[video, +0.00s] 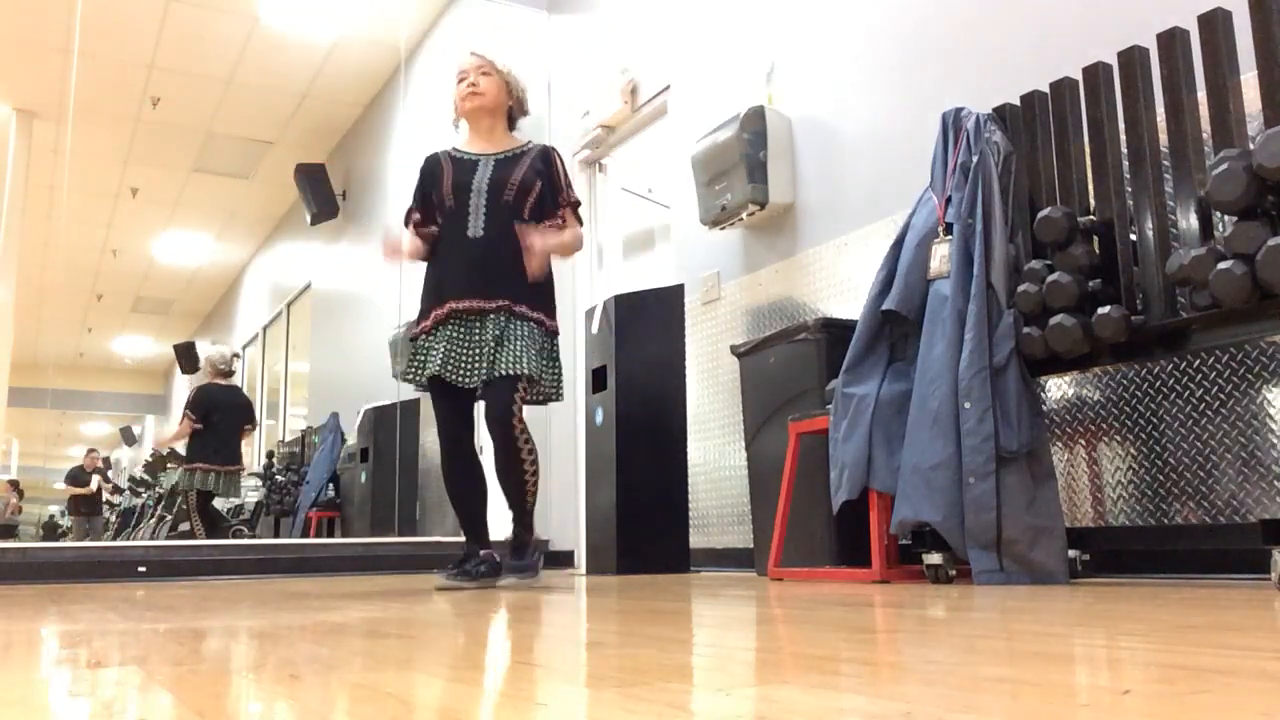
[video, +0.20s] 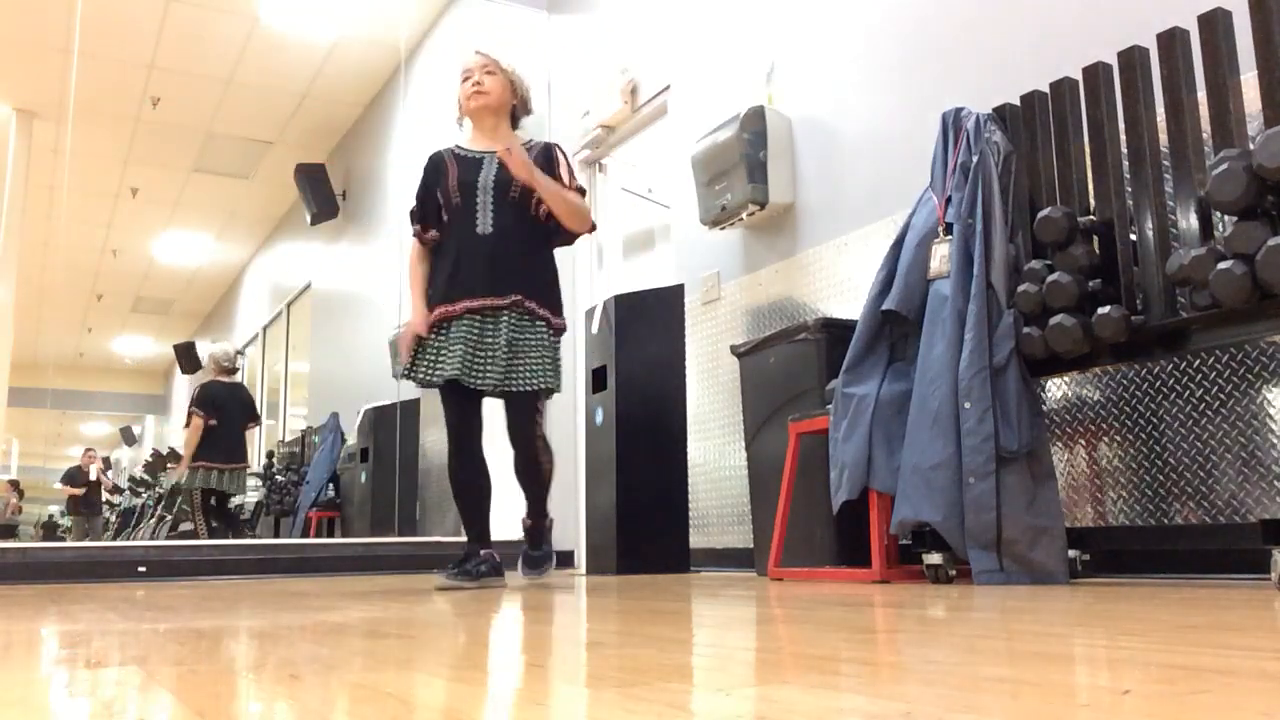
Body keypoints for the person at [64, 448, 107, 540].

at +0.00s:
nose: (95, 461)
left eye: (97, 459)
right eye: (92, 458)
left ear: (99, 460)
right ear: (85, 458)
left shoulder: (100, 472)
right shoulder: (74, 471)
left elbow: (110, 488)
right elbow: (66, 489)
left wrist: (101, 483)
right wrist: (84, 490)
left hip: (95, 512)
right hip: (78, 512)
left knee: (97, 539)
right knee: (78, 540)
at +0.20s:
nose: (92, 460)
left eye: (94, 458)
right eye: (89, 457)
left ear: (96, 459)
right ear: (82, 457)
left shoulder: (98, 471)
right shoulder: (73, 471)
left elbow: (109, 486)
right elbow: (61, 487)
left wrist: (100, 473)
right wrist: (76, 491)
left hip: (95, 512)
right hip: (78, 513)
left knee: (97, 541)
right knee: (78, 541)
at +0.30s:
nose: (90, 459)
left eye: (93, 457)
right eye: (88, 456)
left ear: (96, 459)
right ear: (81, 458)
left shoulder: (97, 471)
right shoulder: (72, 471)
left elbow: (108, 486)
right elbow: (59, 486)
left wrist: (98, 472)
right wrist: (68, 498)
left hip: (95, 511)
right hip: (78, 511)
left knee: (97, 541)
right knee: (77, 541)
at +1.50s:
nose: (84, 460)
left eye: (86, 458)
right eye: (81, 458)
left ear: (89, 460)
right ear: (76, 459)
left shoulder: (93, 471)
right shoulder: (67, 472)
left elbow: (103, 484)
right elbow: (58, 490)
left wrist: (91, 473)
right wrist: (56, 507)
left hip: (91, 512)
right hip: (73, 512)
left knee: (95, 540)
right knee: (74, 541)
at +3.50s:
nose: (93, 460)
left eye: (96, 458)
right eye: (90, 457)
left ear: (100, 460)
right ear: (85, 458)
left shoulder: (103, 472)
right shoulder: (76, 471)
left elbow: (111, 486)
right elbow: (64, 488)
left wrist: (99, 473)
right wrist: (61, 506)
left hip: (96, 512)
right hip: (78, 512)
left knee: (96, 540)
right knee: (78, 540)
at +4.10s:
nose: (103, 460)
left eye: (106, 458)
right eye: (101, 458)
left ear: (110, 460)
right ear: (97, 458)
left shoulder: (114, 471)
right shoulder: (88, 471)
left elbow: (120, 485)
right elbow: (78, 488)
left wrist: (108, 474)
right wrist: (74, 506)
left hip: (106, 512)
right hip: (88, 511)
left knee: (101, 540)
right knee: (84, 538)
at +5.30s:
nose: (91, 462)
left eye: (94, 460)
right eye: (89, 459)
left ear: (99, 461)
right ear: (86, 460)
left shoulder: (103, 472)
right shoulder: (79, 472)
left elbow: (107, 487)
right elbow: (71, 489)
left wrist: (94, 474)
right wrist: (67, 504)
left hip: (95, 510)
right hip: (78, 510)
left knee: (94, 538)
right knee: (81, 539)